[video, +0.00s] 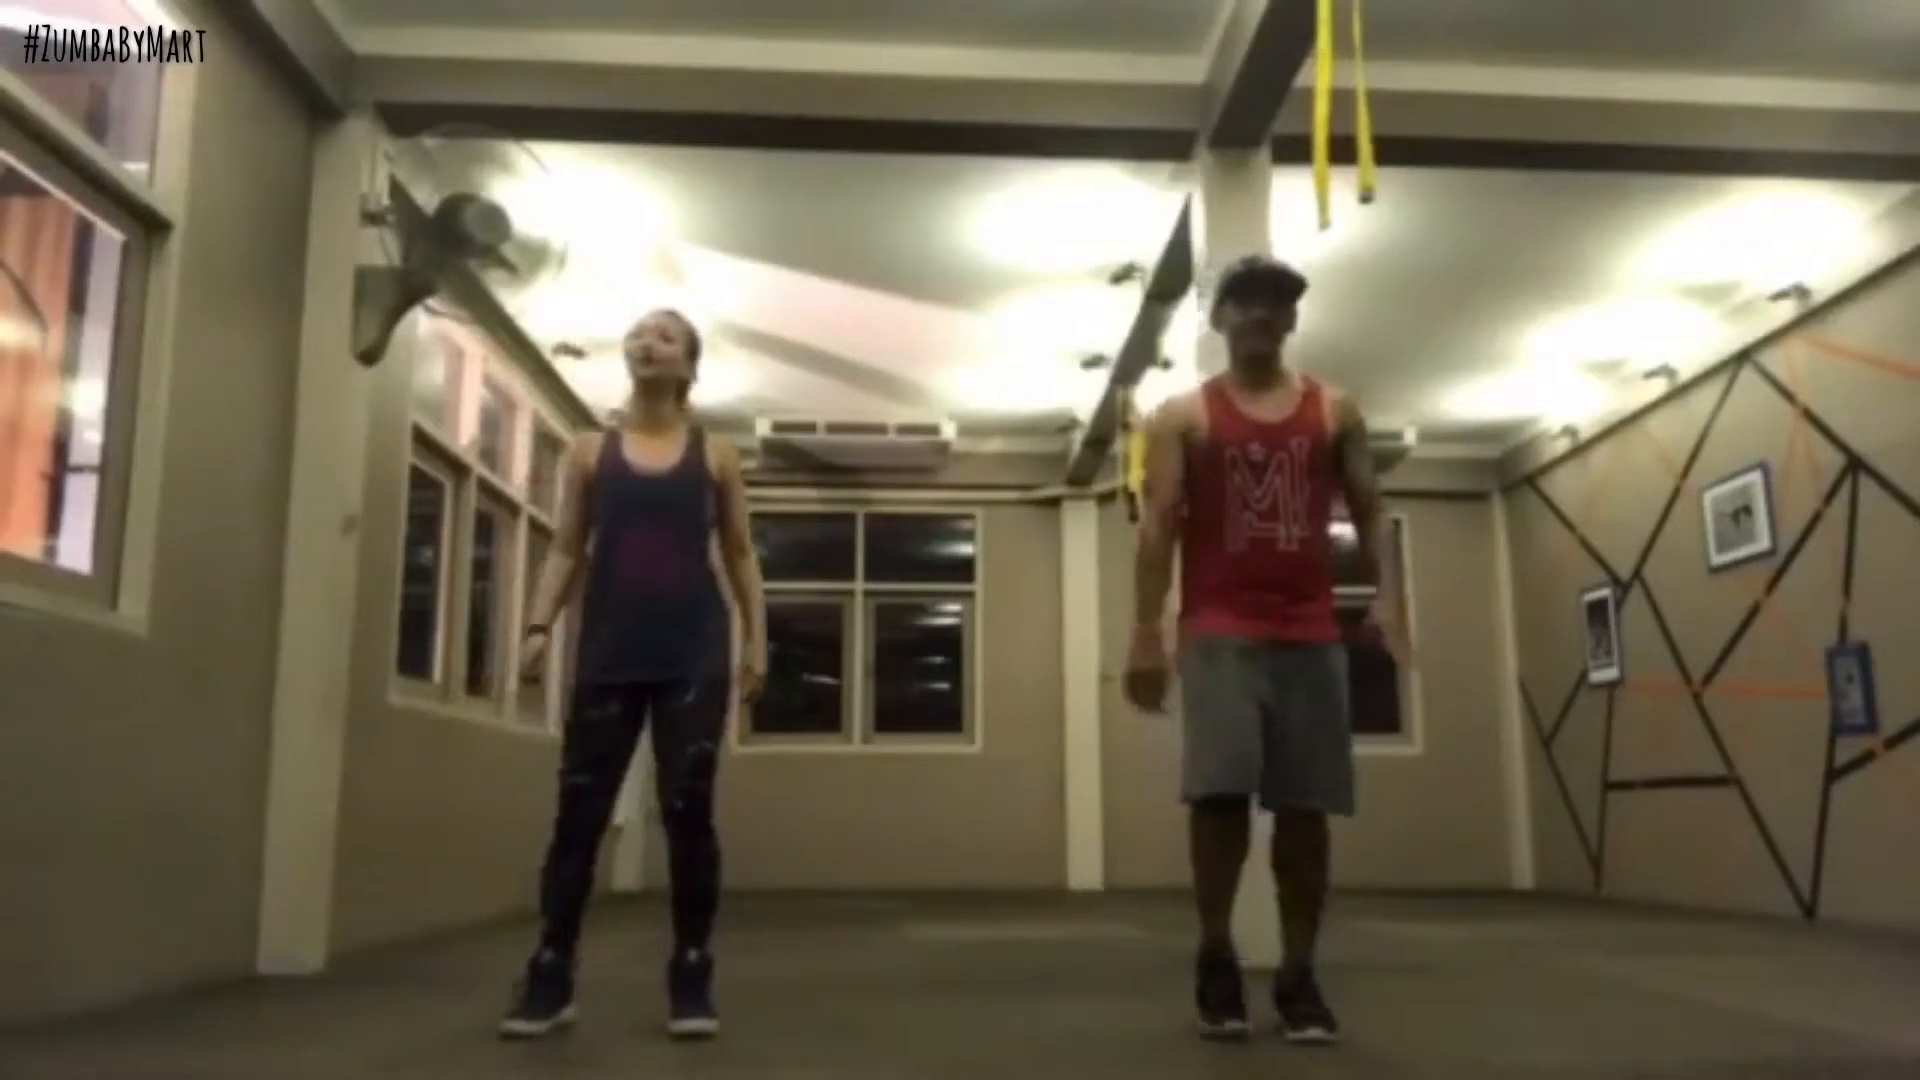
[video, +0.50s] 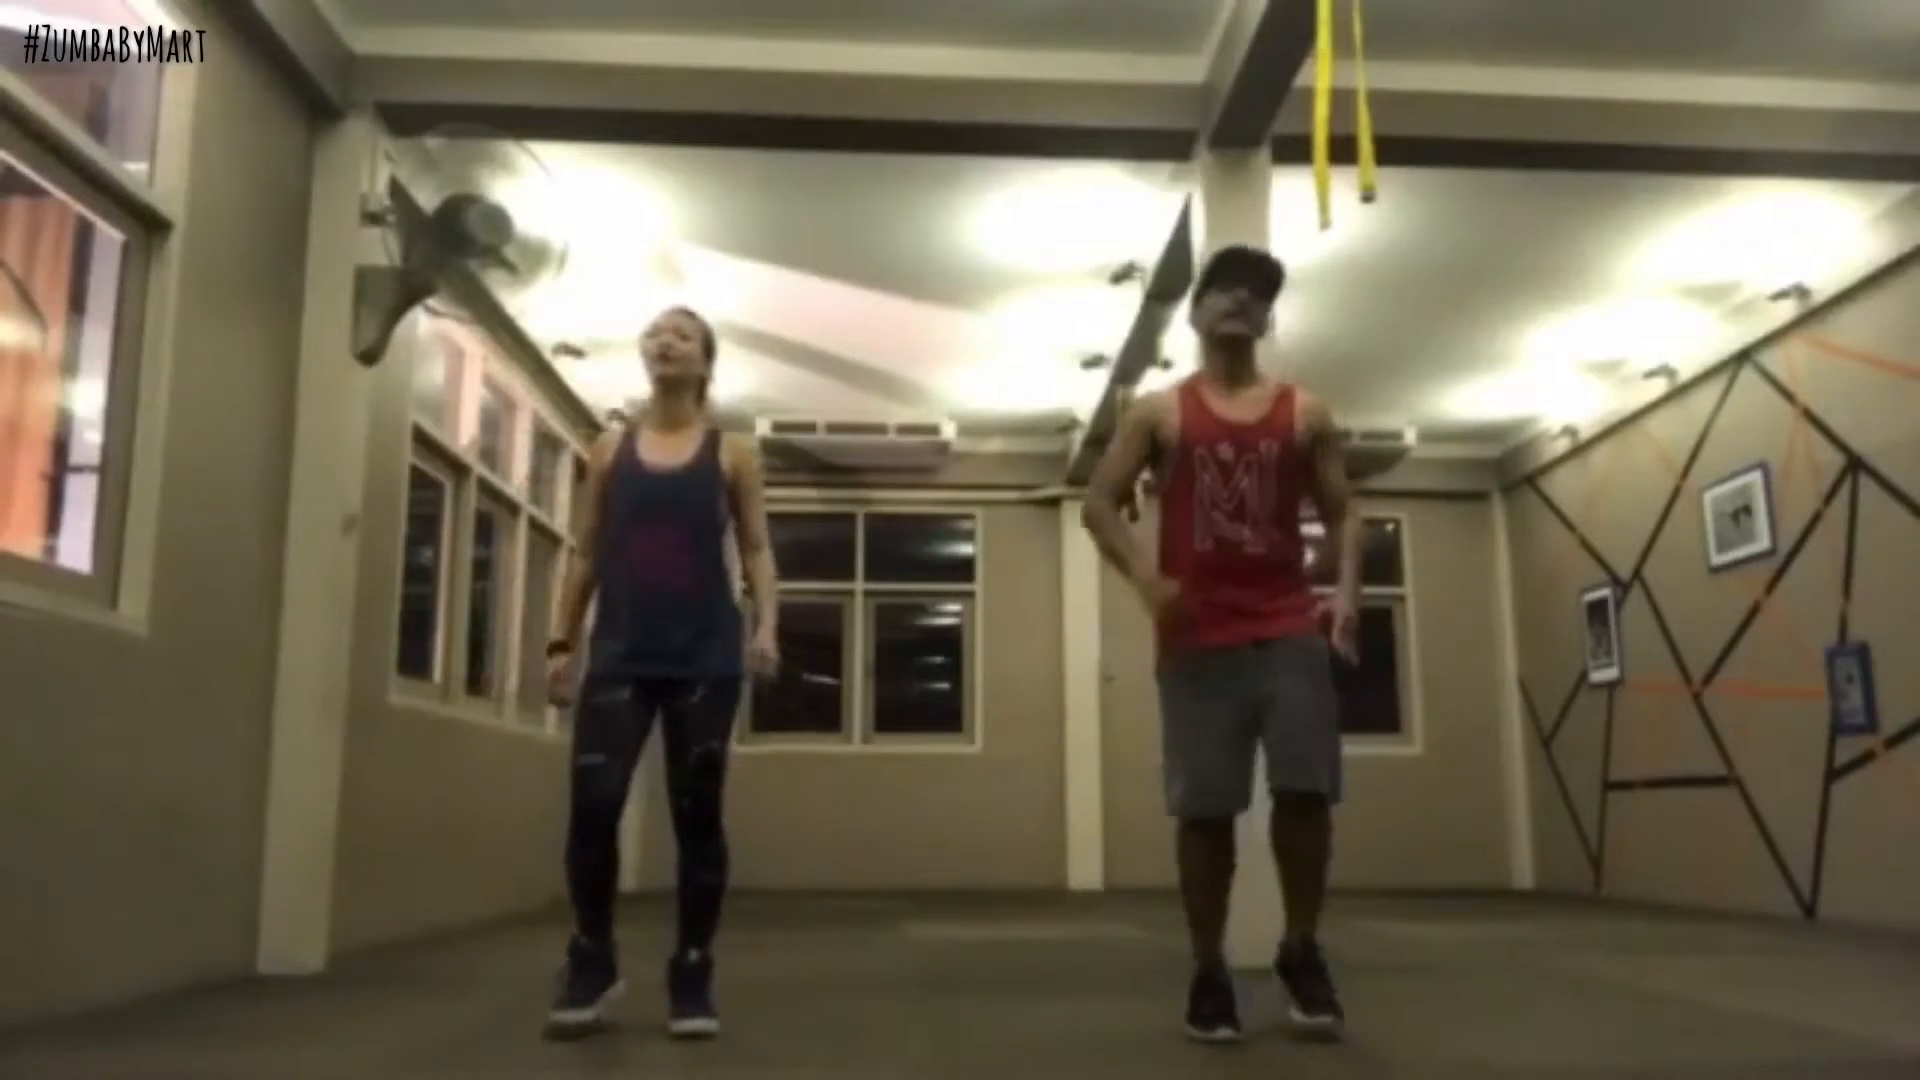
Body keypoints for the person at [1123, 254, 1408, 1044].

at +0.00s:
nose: (1259, 323)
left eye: (1274, 311)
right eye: (1245, 310)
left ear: (1293, 319)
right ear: (1220, 319)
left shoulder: (1333, 412)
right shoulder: (1184, 418)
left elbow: (1371, 514)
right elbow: (1157, 528)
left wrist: (1388, 602)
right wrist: (1145, 632)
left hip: (1309, 634)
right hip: (1219, 633)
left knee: (1304, 809)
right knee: (1221, 803)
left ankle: (1298, 976)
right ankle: (1217, 961)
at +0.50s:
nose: (1235, 304)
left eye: (1250, 294)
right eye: (1221, 292)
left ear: (1269, 313)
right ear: (1195, 309)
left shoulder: (1304, 414)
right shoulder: (1159, 411)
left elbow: (1343, 511)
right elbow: (1100, 505)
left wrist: (1346, 592)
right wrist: (1147, 581)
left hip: (1292, 630)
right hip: (1199, 638)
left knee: (1305, 796)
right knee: (1205, 810)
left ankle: (1301, 951)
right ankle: (1209, 974)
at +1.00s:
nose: (1250, 319)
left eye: (1264, 308)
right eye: (1236, 307)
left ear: (1283, 323)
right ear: (1212, 323)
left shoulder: (1323, 419)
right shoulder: (1180, 422)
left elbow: (1363, 514)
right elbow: (1145, 519)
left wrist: (1341, 589)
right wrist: (1173, 598)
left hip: (1299, 639)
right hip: (1213, 637)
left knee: (1298, 809)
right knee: (1212, 798)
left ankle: (1297, 972)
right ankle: (1207, 964)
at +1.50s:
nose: (1232, 332)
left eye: (1246, 321)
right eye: (1218, 319)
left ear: (1264, 335)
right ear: (1193, 332)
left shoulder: (1289, 427)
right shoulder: (1156, 427)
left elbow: (1325, 515)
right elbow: (1102, 516)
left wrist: (1329, 588)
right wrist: (1164, 571)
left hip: (1272, 631)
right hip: (1187, 638)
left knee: (1284, 787)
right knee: (1192, 806)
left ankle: (1288, 942)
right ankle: (1195, 968)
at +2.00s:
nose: (1249, 343)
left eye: (1262, 331)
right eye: (1234, 331)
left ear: (1278, 341)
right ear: (1208, 340)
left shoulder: (1312, 430)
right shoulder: (1175, 432)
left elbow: (1354, 514)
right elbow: (1138, 533)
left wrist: (1362, 580)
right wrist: (1174, 610)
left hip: (1293, 637)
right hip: (1213, 638)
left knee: (1292, 805)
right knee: (1213, 794)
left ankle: (1287, 966)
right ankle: (1197, 946)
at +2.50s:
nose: (1223, 344)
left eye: (1237, 332)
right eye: (1209, 332)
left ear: (1254, 343)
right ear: (1186, 342)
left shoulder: (1287, 434)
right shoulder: (1154, 433)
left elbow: (1321, 530)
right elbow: (1110, 527)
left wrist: (1320, 602)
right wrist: (1172, 582)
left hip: (1271, 639)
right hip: (1187, 647)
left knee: (1290, 784)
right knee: (1196, 808)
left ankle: (1284, 931)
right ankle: (1200, 965)